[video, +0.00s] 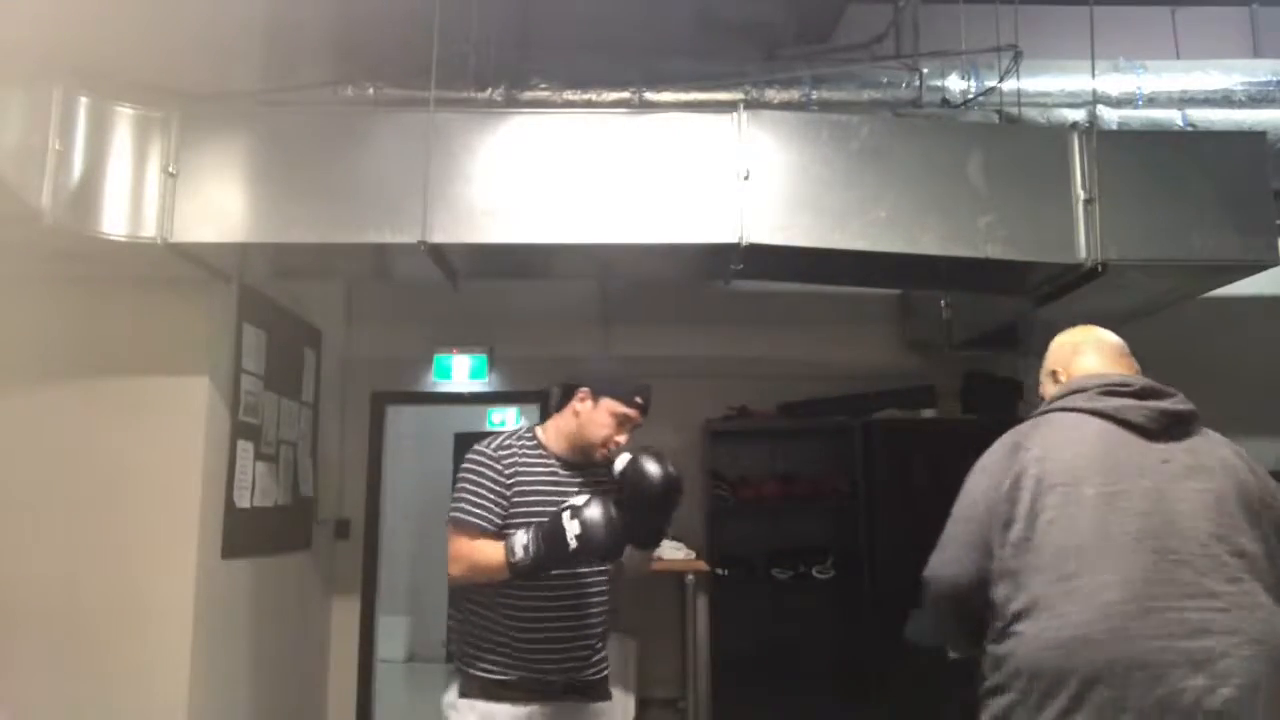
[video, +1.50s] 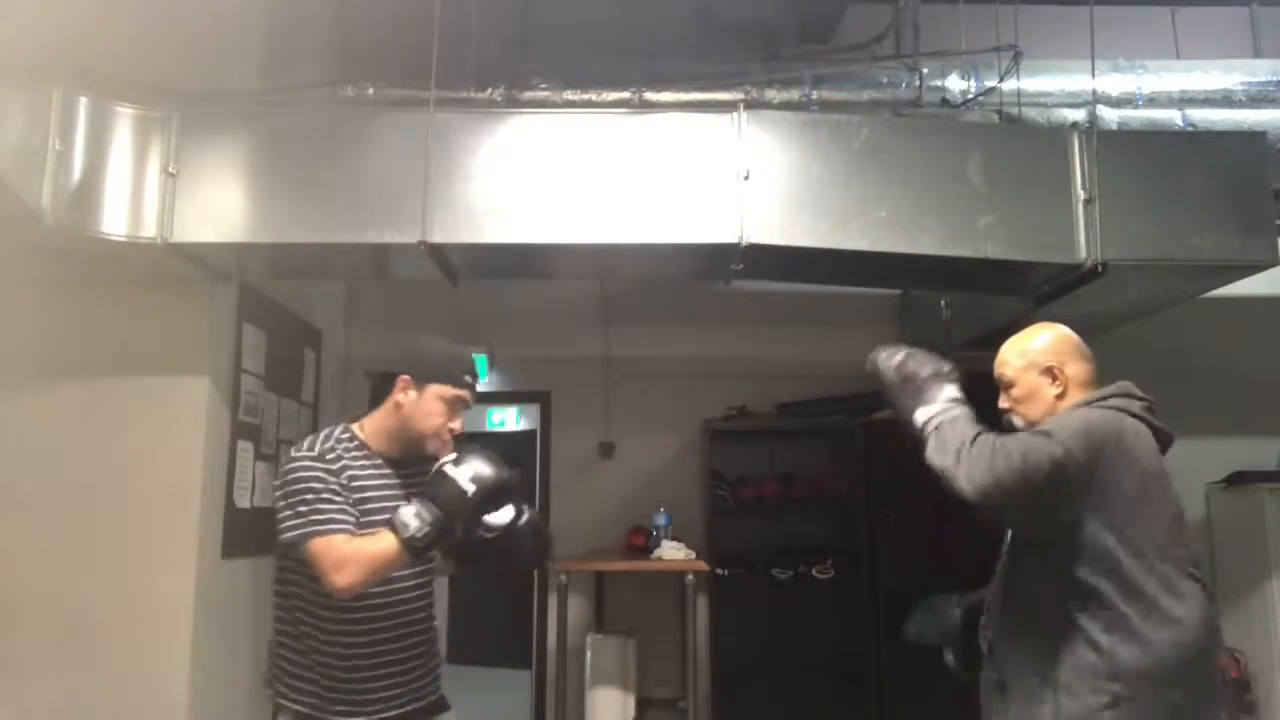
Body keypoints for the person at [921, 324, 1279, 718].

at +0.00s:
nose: (1040, 395)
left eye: (1042, 385)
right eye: (1041, 385)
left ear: (1054, 380)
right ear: (1137, 374)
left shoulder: (1017, 450)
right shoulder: (1232, 457)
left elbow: (950, 579)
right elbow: (1273, 565)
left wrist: (969, 648)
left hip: (1055, 690)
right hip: (1237, 688)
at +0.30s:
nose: (1002, 412)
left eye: (1002, 396)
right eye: (999, 398)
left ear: (1036, 378)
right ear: (1085, 376)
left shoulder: (1020, 448)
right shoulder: (1172, 454)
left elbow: (987, 582)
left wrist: (950, 624)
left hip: (1112, 697)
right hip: (1246, 687)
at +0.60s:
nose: (946, 422)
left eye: (949, 405)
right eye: (942, 408)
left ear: (991, 394)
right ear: (994, 390)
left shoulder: (989, 472)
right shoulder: (1098, 453)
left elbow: (964, 618)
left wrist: (915, 639)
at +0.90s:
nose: (954, 415)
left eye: (959, 397)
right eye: (952, 401)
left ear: (1008, 391)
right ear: (1010, 390)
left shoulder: (1014, 467)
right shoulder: (1082, 447)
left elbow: (984, 605)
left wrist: (922, 630)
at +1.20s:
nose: (983, 403)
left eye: (992, 385)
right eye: (984, 388)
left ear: (1042, 382)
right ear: (1044, 383)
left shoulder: (1059, 461)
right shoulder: (1107, 444)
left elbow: (1022, 600)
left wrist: (933, 593)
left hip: (1111, 705)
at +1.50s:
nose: (1000, 403)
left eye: (1008, 385)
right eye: (1000, 389)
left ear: (1055, 380)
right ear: (1056, 380)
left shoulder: (1088, 432)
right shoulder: (1106, 429)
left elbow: (984, 475)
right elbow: (1065, 577)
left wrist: (932, 398)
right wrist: (970, 616)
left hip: (1115, 688)